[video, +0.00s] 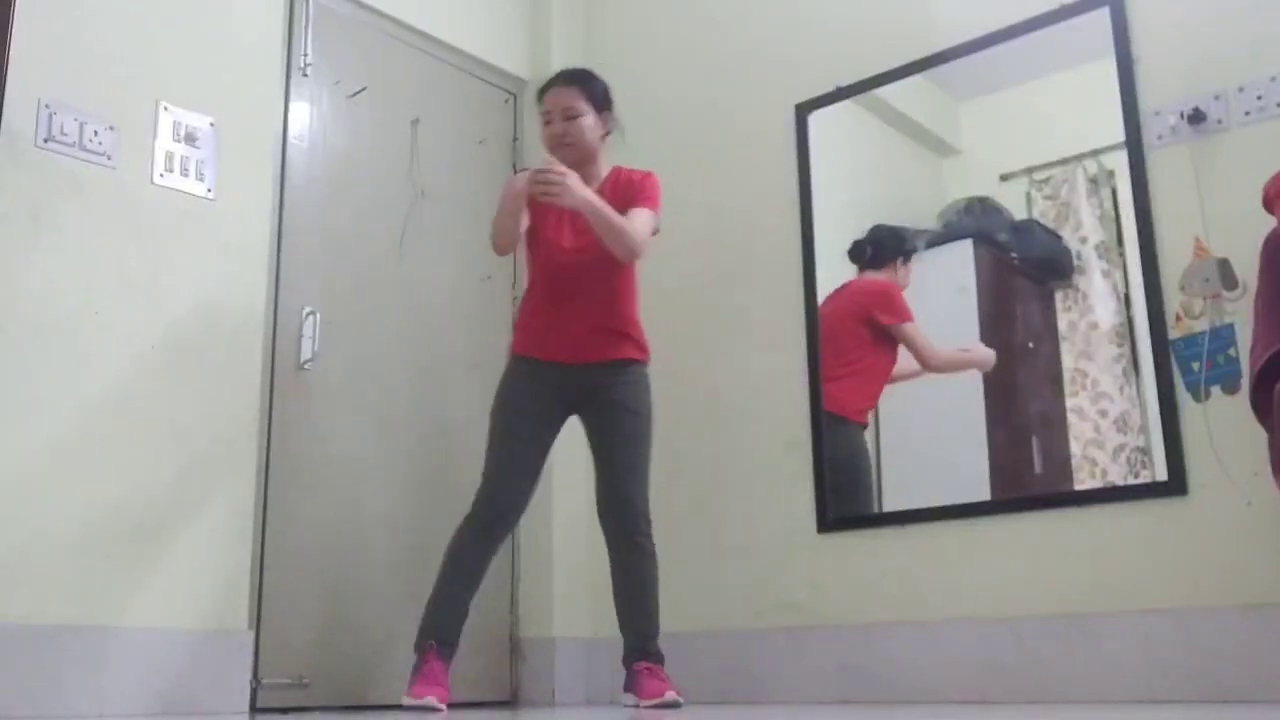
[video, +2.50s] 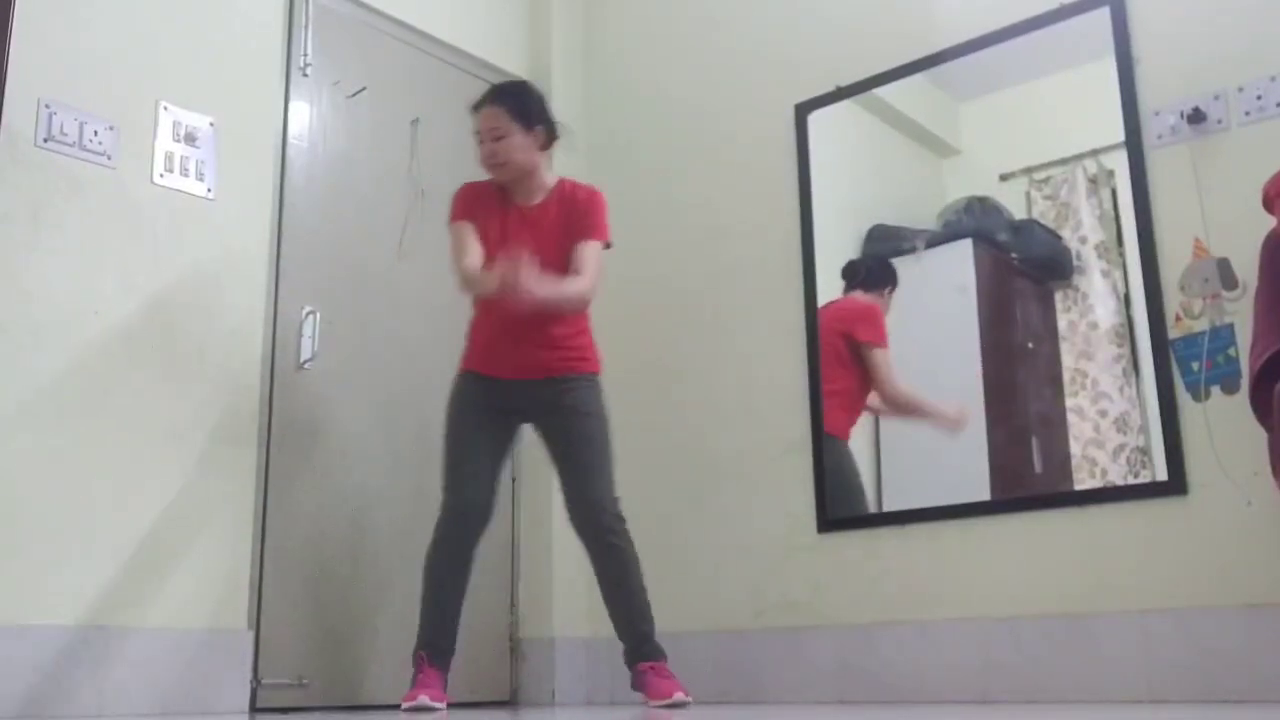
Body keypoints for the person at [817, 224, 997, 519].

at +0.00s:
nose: (910, 276)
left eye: (911, 266)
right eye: (910, 266)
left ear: (867, 260)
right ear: (898, 264)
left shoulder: (843, 295)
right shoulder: (880, 291)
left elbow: (880, 373)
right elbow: (932, 359)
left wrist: (954, 356)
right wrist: (980, 358)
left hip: (825, 421)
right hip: (838, 424)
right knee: (857, 525)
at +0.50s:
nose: (892, 319)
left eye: (897, 310)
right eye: (896, 309)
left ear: (857, 293)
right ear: (889, 301)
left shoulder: (831, 319)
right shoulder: (859, 320)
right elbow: (815, 374)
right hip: (823, 449)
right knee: (852, 529)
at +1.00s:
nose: (886, 321)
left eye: (891, 312)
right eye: (891, 310)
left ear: (859, 292)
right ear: (882, 300)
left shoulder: (833, 318)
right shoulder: (846, 315)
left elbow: (848, 411)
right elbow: (848, 390)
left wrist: (906, 423)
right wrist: (911, 418)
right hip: (820, 447)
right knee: (875, 523)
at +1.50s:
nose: (919, 276)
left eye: (919, 266)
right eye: (915, 265)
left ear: (874, 269)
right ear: (893, 266)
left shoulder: (853, 299)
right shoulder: (882, 292)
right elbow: (884, 372)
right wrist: (904, 447)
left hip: (823, 421)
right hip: (842, 423)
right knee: (872, 524)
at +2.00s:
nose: (928, 272)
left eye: (928, 263)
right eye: (925, 262)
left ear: (878, 266)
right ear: (905, 265)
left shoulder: (860, 296)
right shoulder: (895, 290)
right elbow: (873, 348)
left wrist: (885, 434)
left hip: (818, 415)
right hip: (844, 416)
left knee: (870, 524)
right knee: (879, 524)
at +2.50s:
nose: (888, 308)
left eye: (891, 300)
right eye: (891, 299)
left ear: (852, 285)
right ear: (886, 291)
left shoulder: (825, 313)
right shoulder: (866, 310)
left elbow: (866, 400)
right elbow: (889, 393)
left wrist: (929, 415)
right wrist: (943, 414)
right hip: (826, 440)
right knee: (857, 531)